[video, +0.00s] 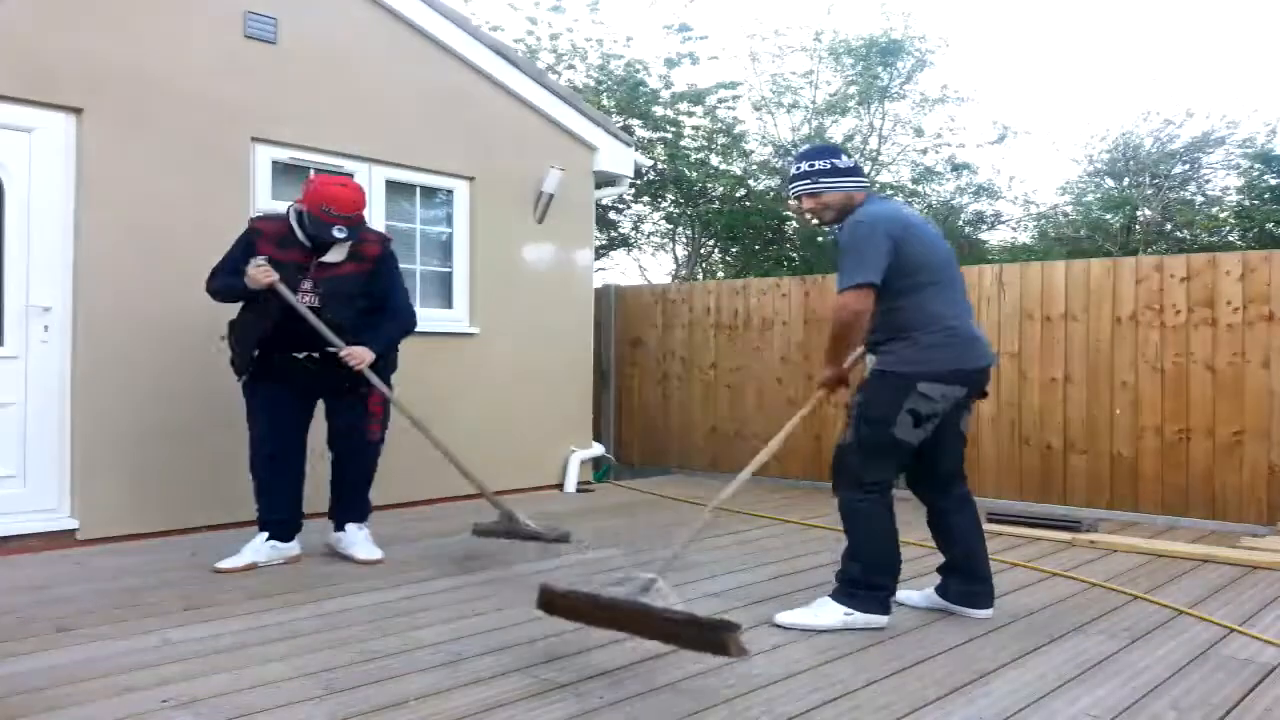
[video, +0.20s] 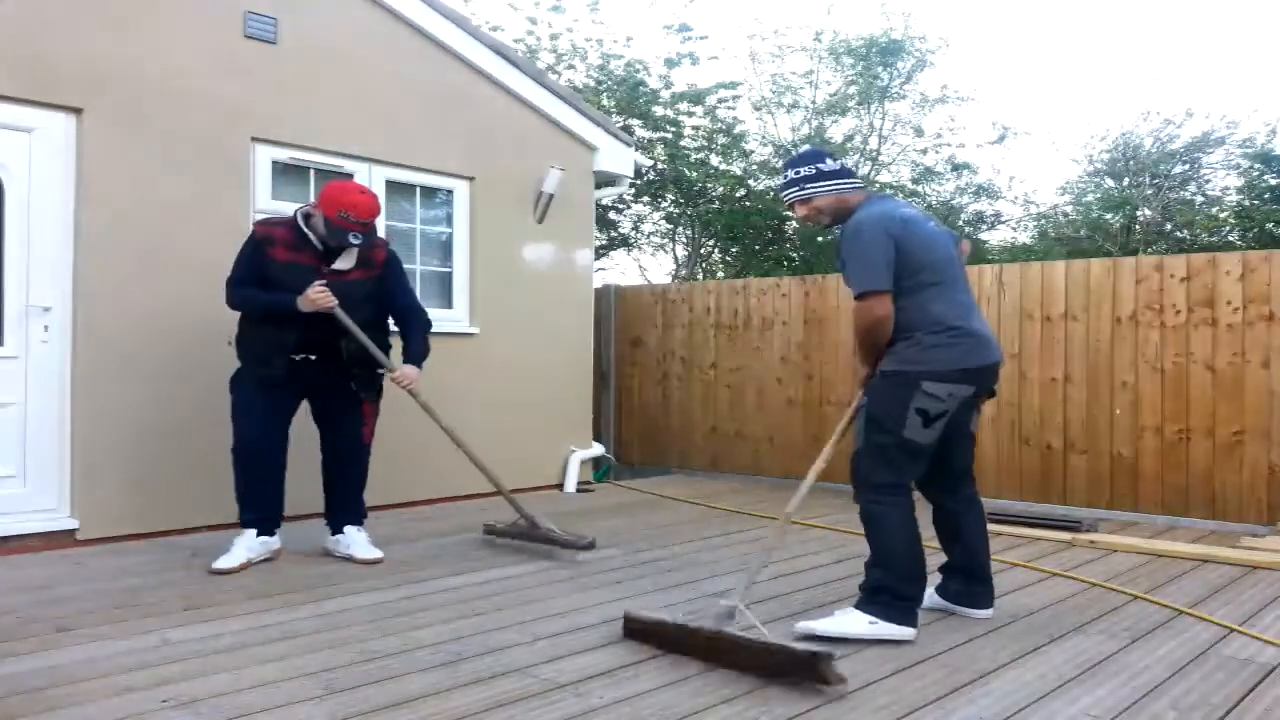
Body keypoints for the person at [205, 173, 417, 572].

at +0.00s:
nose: (333, 245)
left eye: (343, 237)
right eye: (325, 235)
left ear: (356, 224)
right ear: (304, 216)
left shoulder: (373, 251)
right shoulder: (266, 235)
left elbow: (401, 314)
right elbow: (217, 284)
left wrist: (372, 346)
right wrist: (246, 282)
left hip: (351, 364)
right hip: (279, 362)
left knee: (359, 440)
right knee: (274, 447)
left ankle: (350, 527)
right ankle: (279, 536)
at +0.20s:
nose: (347, 247)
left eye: (356, 240)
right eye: (341, 237)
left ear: (367, 229)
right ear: (319, 219)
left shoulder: (377, 257)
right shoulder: (269, 239)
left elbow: (412, 316)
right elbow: (237, 294)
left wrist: (413, 362)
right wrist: (296, 302)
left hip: (344, 369)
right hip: (272, 366)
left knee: (349, 443)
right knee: (255, 443)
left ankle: (347, 531)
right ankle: (260, 533)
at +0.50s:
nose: (318, 249)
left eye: (327, 242)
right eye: (312, 240)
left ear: (338, 230)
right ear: (291, 219)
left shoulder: (349, 260)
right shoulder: (238, 238)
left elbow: (379, 324)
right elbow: (198, 294)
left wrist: (366, 362)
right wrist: (257, 294)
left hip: (309, 374)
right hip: (234, 370)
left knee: (328, 449)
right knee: (212, 451)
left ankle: (344, 530)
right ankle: (188, 541)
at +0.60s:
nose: (294, 247)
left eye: (302, 240)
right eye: (288, 237)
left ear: (313, 229)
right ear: (265, 219)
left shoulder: (325, 258)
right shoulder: (216, 236)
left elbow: (356, 321)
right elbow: (170, 292)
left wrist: (332, 358)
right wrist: (223, 284)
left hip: (284, 372)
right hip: (213, 370)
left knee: (313, 448)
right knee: (197, 452)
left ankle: (340, 529)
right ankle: (184, 542)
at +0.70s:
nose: (272, 243)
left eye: (280, 236)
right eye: (264, 234)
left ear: (291, 225)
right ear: (240, 217)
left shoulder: (305, 255)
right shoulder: (194, 234)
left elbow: (332, 320)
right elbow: (141, 288)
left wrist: (295, 353)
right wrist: (187, 274)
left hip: (267, 369)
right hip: (196, 368)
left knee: (296, 447)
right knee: (188, 454)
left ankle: (329, 526)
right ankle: (184, 543)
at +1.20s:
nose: (230, 243)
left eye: (241, 236)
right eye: (222, 232)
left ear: (257, 222)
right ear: (201, 210)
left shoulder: (270, 251)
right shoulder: (168, 232)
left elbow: (268, 322)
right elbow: (88, 273)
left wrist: (202, 330)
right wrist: (138, 237)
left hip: (242, 361)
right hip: (172, 360)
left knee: (261, 443)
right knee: (172, 451)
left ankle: (272, 526)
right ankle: (177, 543)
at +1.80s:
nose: (340, 243)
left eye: (345, 237)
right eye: (337, 234)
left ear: (345, 232)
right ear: (315, 219)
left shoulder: (352, 260)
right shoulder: (251, 242)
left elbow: (386, 303)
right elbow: (216, 295)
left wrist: (410, 343)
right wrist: (291, 298)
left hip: (313, 370)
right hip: (248, 366)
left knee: (329, 441)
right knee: (226, 446)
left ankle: (334, 523)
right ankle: (195, 533)